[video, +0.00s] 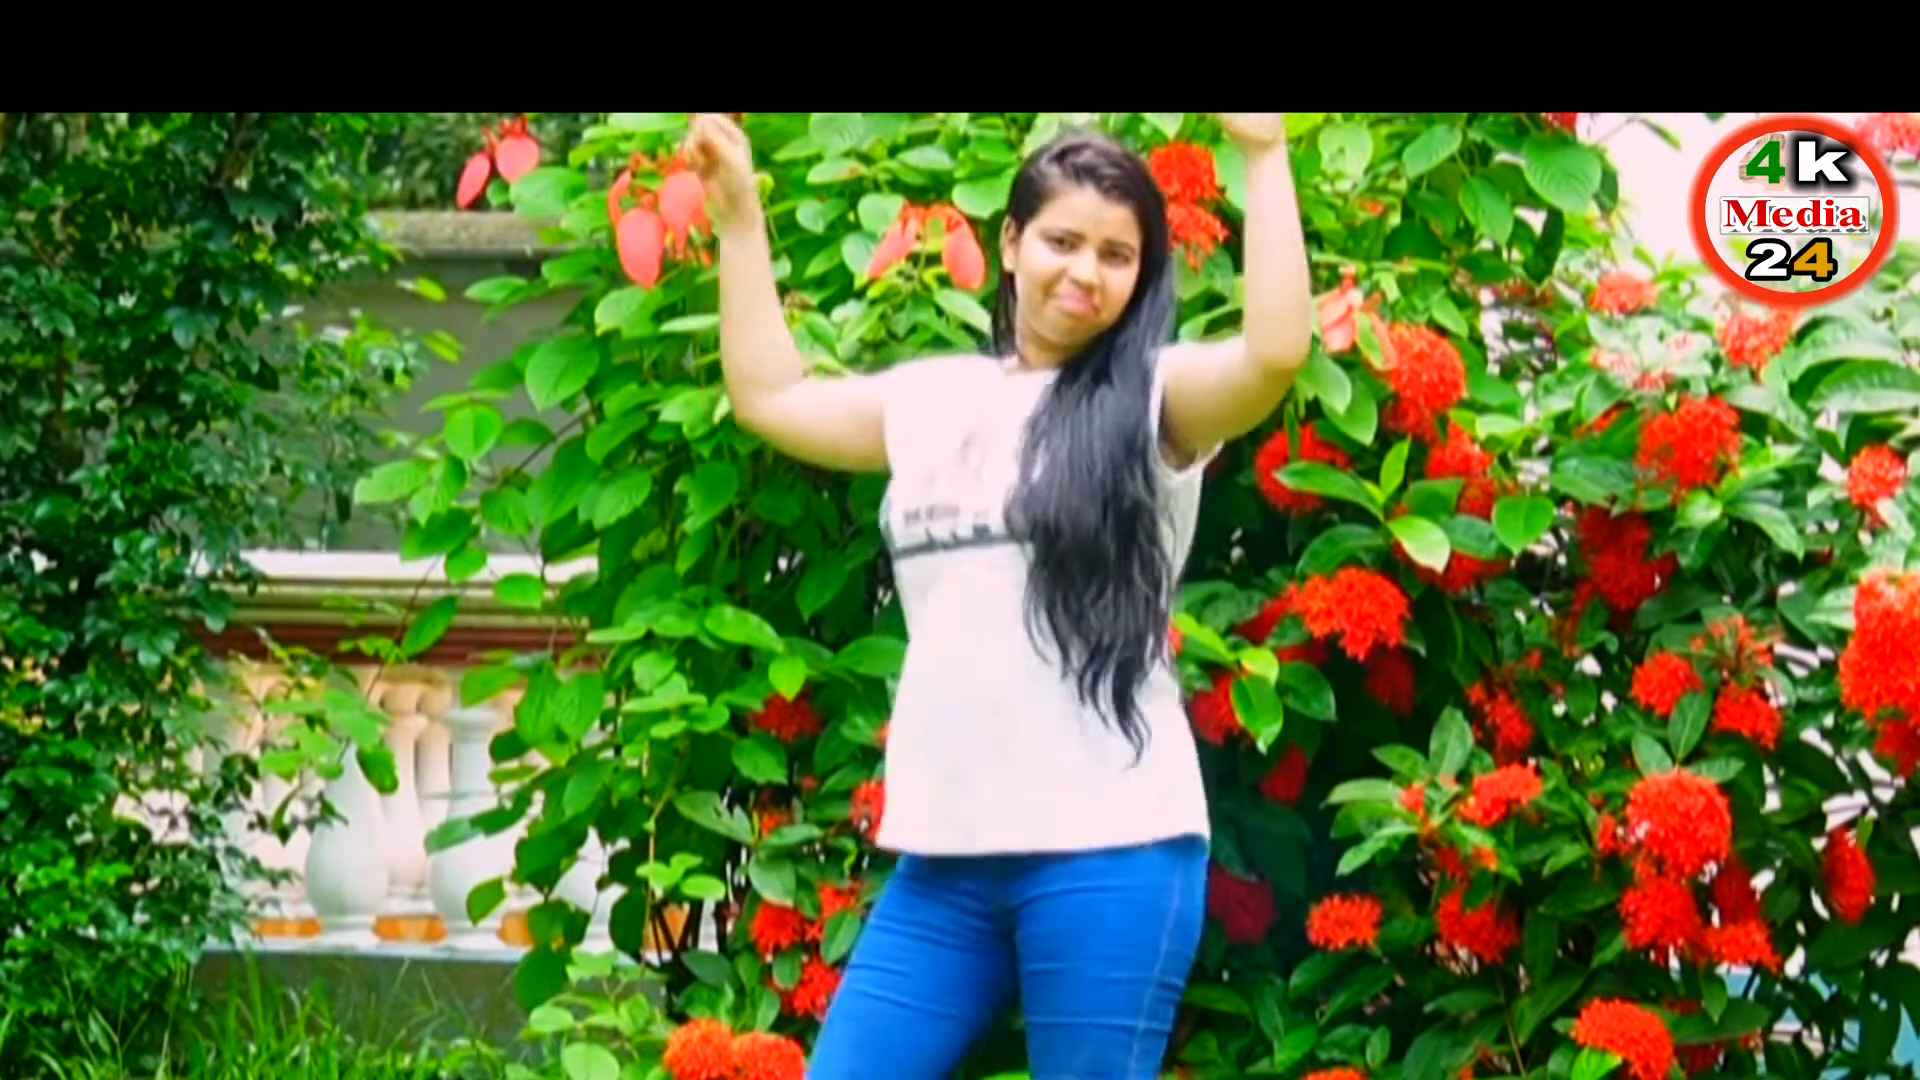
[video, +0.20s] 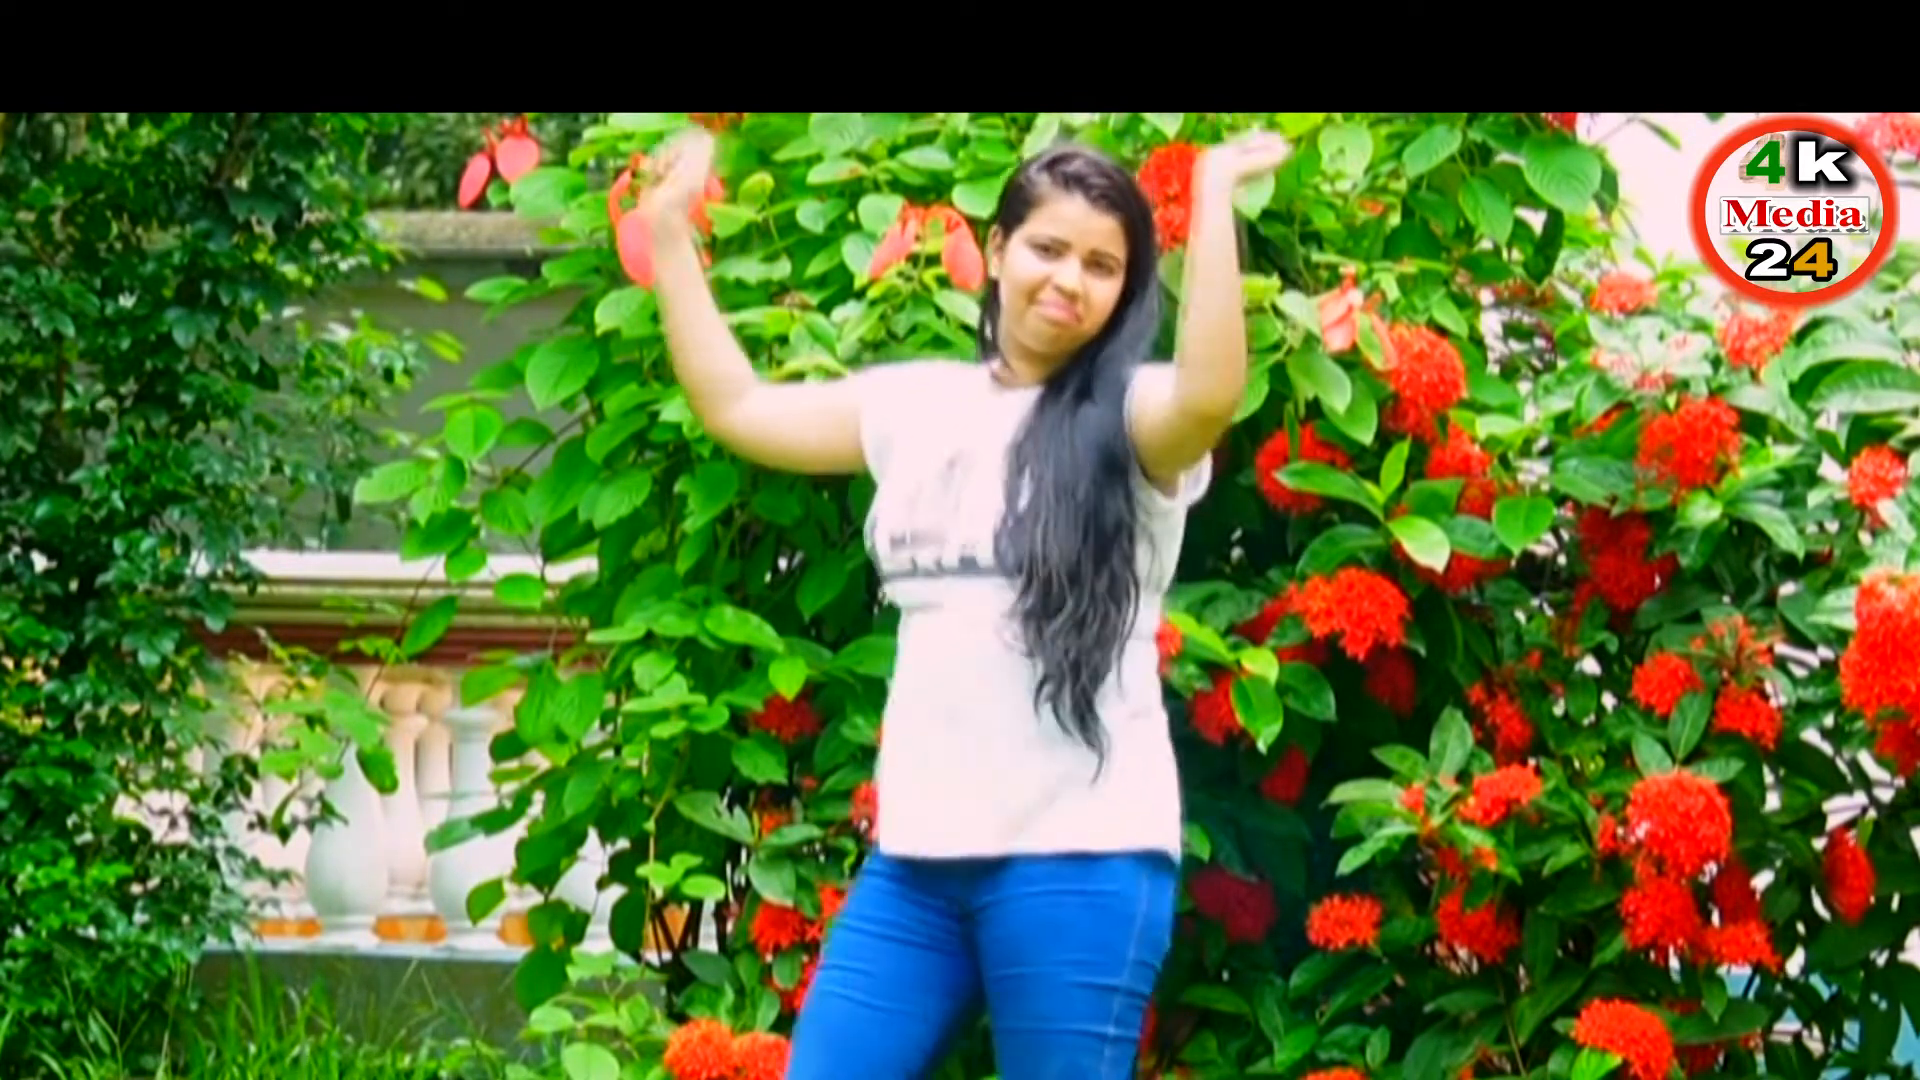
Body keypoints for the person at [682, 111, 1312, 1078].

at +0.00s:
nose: (1084, 274)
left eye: (1115, 255)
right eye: (1062, 241)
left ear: (1142, 276)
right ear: (1012, 243)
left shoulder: (1152, 396)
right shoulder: (927, 397)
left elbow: (1276, 352)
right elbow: (767, 396)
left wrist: (1264, 151)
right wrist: (738, 221)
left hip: (1110, 861)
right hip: (939, 863)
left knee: (1088, 1072)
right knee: (841, 1070)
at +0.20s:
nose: (1068, 281)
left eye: (1099, 265)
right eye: (1047, 249)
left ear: (1127, 291)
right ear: (997, 252)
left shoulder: (1131, 409)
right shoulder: (909, 403)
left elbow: (1212, 394)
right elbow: (738, 408)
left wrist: (1216, 190)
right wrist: (666, 233)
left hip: (1080, 864)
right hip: (913, 859)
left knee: (1061, 1068)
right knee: (821, 1070)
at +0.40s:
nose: (1032, 254)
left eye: (1064, 241)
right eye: (1013, 222)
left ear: (1086, 269)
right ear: (960, 226)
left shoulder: (1093, 384)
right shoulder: (874, 399)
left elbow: (1212, 437)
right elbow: (730, 466)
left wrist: (1179, 257)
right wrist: (667, 318)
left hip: (1036, 861)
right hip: (859, 850)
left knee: (1051, 1070)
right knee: (806, 1069)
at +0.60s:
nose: (989, 263)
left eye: (1021, 248)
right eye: (969, 229)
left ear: (1042, 276)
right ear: (916, 233)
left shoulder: (1046, 418)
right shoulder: (829, 421)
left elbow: (1165, 592)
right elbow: (783, 600)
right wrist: (634, 471)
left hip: (1004, 861)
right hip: (829, 862)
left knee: (1036, 1070)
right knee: (769, 1071)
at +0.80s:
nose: (968, 288)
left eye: (999, 273)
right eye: (948, 256)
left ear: (1020, 299)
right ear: (890, 260)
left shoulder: (1031, 430)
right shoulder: (827, 448)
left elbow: (1126, 635)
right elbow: (741, 619)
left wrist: (1149, 611)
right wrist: (559, 585)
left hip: (983, 885)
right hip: (804, 879)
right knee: (733, 1072)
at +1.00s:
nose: (970, 300)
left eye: (1002, 285)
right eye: (951, 267)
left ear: (1025, 315)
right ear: (895, 269)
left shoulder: (1037, 461)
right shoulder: (825, 462)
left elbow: (1095, 707)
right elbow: (821, 662)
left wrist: (1103, 689)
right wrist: (656, 691)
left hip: (984, 893)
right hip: (817, 895)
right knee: (726, 1070)